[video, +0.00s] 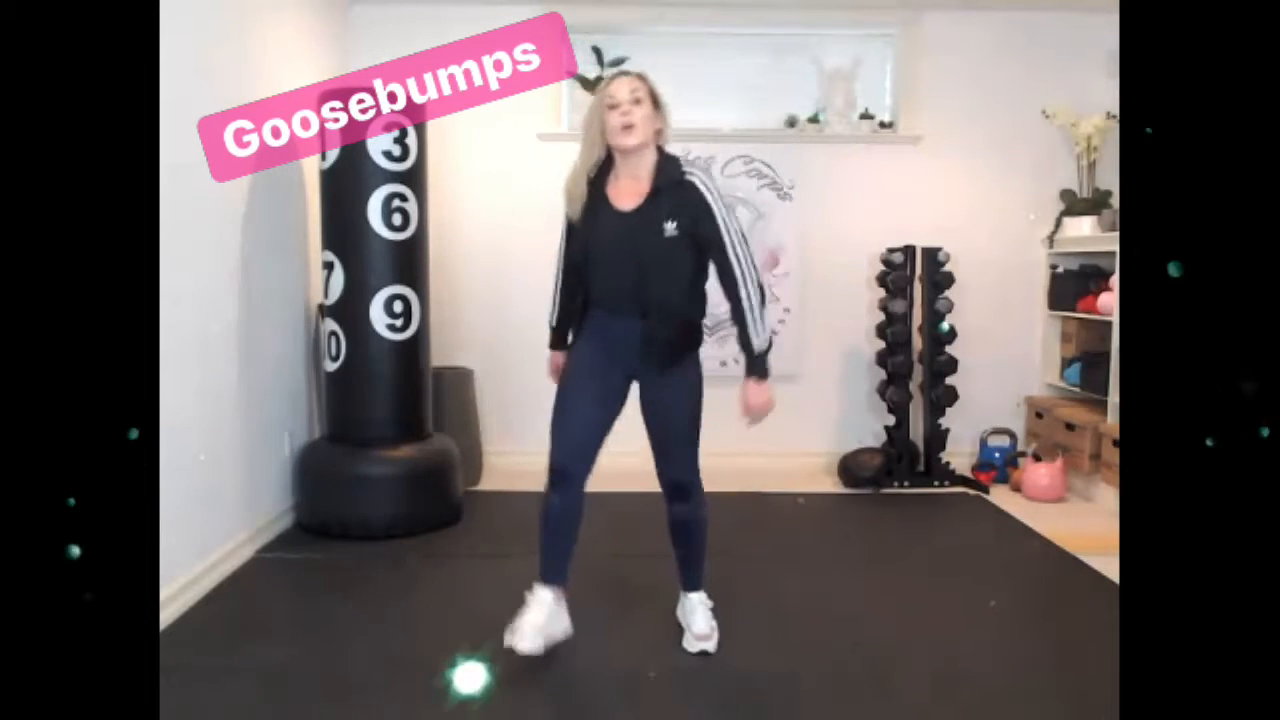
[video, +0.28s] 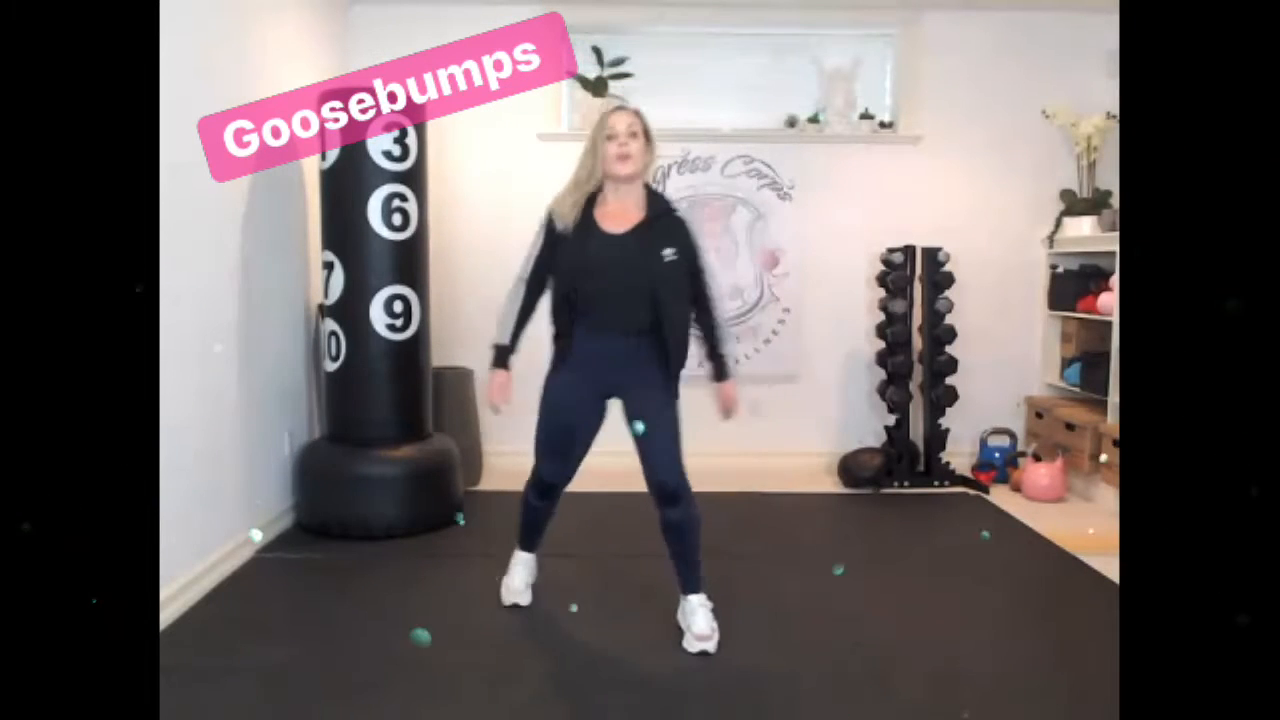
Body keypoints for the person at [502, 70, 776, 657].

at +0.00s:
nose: (625, 113)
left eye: (636, 103)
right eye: (613, 106)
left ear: (657, 118)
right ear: (599, 124)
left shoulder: (689, 188)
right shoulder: (587, 190)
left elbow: (738, 273)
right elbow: (572, 269)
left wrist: (756, 368)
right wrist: (560, 340)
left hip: (670, 349)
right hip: (599, 345)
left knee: (681, 480)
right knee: (565, 468)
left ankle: (693, 596)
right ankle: (549, 596)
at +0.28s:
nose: (622, 146)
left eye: (632, 137)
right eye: (612, 138)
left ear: (648, 148)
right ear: (597, 150)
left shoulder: (667, 222)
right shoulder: (567, 216)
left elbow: (699, 297)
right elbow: (532, 285)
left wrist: (722, 372)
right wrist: (503, 358)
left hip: (647, 365)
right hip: (579, 363)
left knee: (669, 485)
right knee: (550, 475)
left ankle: (693, 598)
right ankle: (524, 556)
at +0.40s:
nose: (607, 146)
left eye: (617, 138)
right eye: (597, 137)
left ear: (631, 149)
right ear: (580, 147)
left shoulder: (643, 221)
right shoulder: (544, 206)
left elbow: (654, 299)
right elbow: (503, 268)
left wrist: (658, 373)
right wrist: (479, 338)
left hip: (618, 354)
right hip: (551, 351)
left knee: (639, 468)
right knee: (534, 465)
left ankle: (670, 583)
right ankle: (520, 558)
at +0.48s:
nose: (600, 145)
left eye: (609, 137)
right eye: (589, 136)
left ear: (622, 146)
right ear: (573, 145)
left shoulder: (638, 218)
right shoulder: (538, 202)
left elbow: (635, 293)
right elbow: (497, 263)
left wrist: (628, 354)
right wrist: (472, 330)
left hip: (604, 348)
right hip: (538, 345)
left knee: (610, 460)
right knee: (530, 461)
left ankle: (616, 558)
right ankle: (520, 559)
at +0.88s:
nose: (620, 148)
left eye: (628, 140)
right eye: (611, 139)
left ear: (639, 151)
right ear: (592, 147)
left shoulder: (645, 218)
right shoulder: (556, 201)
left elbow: (655, 296)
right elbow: (523, 272)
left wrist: (672, 368)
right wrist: (509, 347)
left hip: (617, 341)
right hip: (554, 339)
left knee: (657, 439)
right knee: (539, 456)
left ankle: (657, 527)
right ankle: (522, 558)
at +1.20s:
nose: (671, 172)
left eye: (679, 164)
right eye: (661, 164)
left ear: (692, 172)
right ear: (647, 174)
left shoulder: (710, 236)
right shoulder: (626, 233)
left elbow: (725, 308)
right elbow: (601, 305)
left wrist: (738, 376)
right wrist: (571, 373)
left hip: (694, 361)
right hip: (634, 360)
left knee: (722, 461)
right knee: (588, 462)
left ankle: (740, 548)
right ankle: (533, 555)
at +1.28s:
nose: (687, 162)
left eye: (696, 154)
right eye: (678, 155)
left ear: (710, 162)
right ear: (665, 165)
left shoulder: (732, 222)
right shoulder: (645, 221)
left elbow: (746, 293)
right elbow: (621, 294)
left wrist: (750, 358)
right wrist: (597, 364)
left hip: (717, 352)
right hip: (657, 350)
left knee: (737, 456)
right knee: (615, 449)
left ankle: (742, 546)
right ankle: (575, 539)